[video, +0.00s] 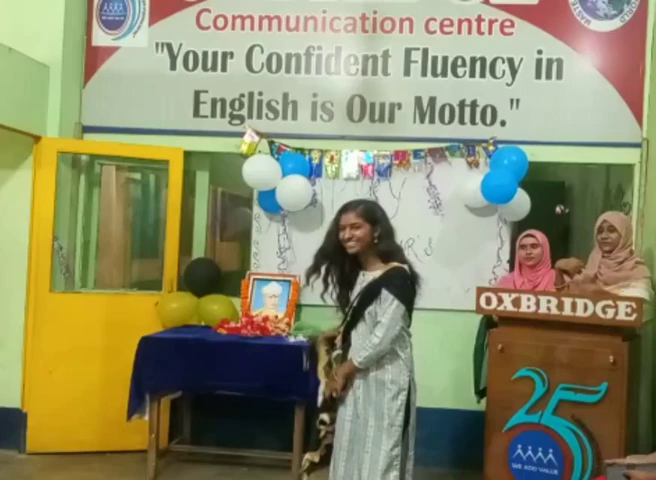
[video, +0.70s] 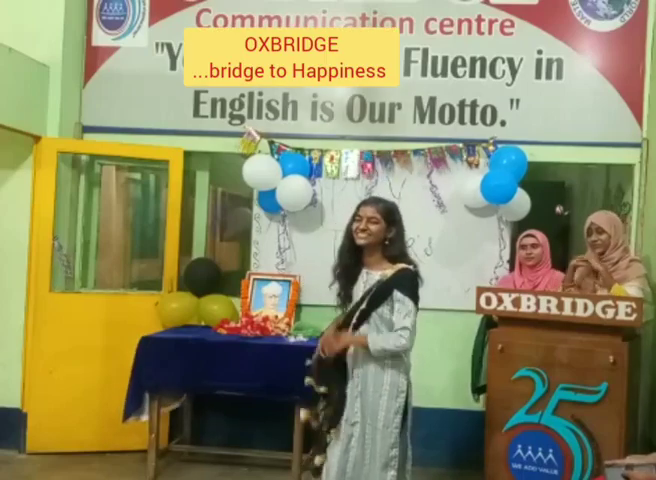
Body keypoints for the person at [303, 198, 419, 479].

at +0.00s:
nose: (347, 235)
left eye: (356, 227)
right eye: (343, 229)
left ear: (376, 231)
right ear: (338, 234)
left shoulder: (397, 276)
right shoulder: (360, 275)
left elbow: (385, 338)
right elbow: (358, 325)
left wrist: (345, 369)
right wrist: (340, 338)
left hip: (385, 378)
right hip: (360, 376)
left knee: (378, 459)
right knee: (351, 455)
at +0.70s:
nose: (362, 226)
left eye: (372, 221)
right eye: (358, 220)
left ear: (389, 231)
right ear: (352, 226)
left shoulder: (402, 275)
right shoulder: (355, 272)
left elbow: (403, 340)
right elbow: (355, 317)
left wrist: (352, 339)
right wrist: (333, 332)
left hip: (384, 378)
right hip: (356, 374)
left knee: (378, 454)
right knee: (348, 449)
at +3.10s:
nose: (170, 215)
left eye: (182, 211)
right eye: (168, 207)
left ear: (203, 224)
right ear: (165, 207)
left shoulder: (196, 254)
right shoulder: (178, 260)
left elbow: (134, 263)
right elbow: (136, 309)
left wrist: (89, 262)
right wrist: (100, 274)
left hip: (203, 372)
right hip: (180, 372)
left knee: (203, 462)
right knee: (175, 461)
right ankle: (106, 468)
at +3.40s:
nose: (195, 214)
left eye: (205, 206)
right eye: (190, 206)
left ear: (226, 215)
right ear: (182, 215)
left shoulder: (248, 262)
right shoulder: (184, 263)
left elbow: (218, 273)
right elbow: (175, 332)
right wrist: (174, 280)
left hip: (235, 364)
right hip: (194, 365)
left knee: (241, 448)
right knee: (169, 452)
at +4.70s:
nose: (203, 224)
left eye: (214, 217)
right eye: (196, 214)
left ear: (227, 224)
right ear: (183, 218)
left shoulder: (229, 266)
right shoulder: (189, 269)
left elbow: (208, 319)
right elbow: (168, 335)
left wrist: (171, 282)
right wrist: (133, 299)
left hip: (228, 385)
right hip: (194, 383)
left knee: (238, 469)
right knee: (172, 465)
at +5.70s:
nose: (217, 233)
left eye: (219, 225)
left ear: (224, 231)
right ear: (272, 233)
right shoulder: (281, 279)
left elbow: (180, 260)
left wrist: (195, 213)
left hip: (218, 389)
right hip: (264, 387)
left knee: (213, 468)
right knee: (267, 464)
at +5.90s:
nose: (238, 222)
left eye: (238, 215)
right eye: (231, 215)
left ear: (203, 220)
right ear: (213, 220)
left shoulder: (212, 256)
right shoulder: (205, 262)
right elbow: (263, 234)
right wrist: (259, 182)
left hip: (219, 360)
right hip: (215, 367)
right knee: (220, 462)